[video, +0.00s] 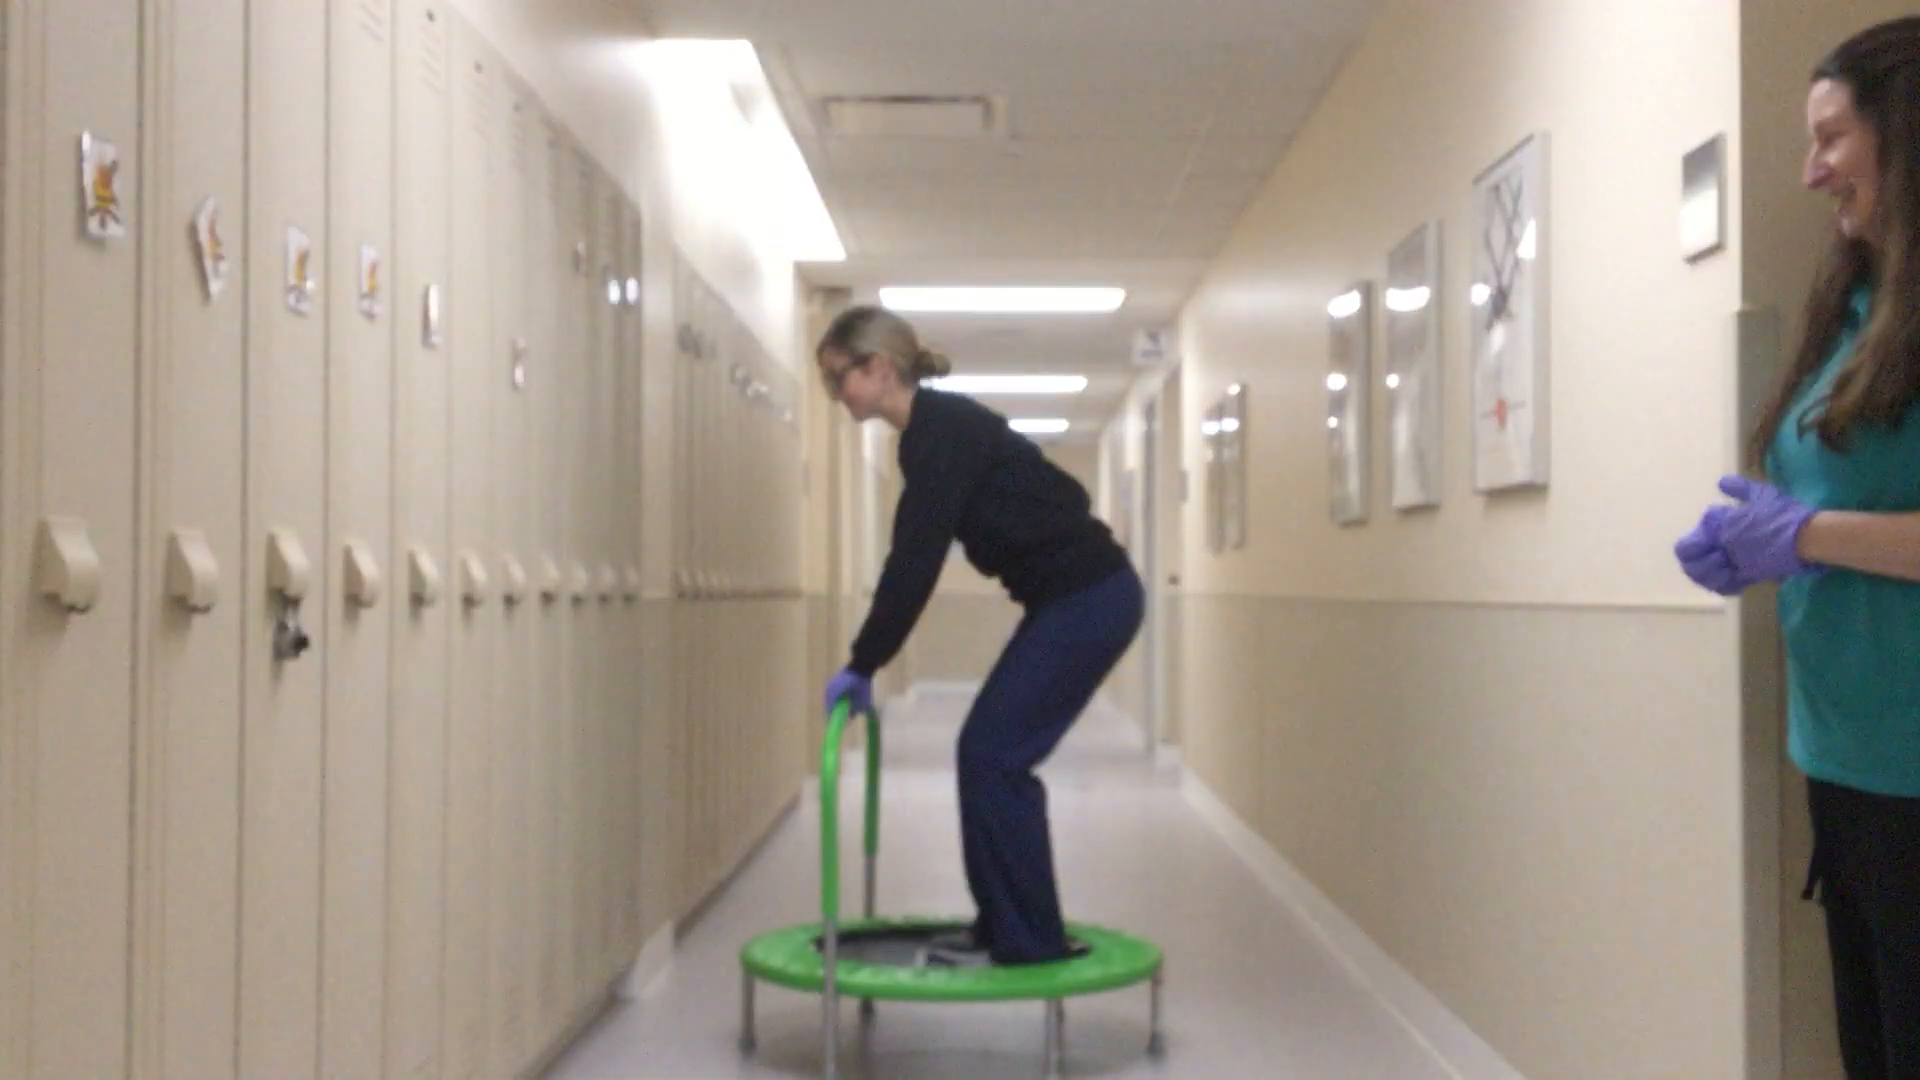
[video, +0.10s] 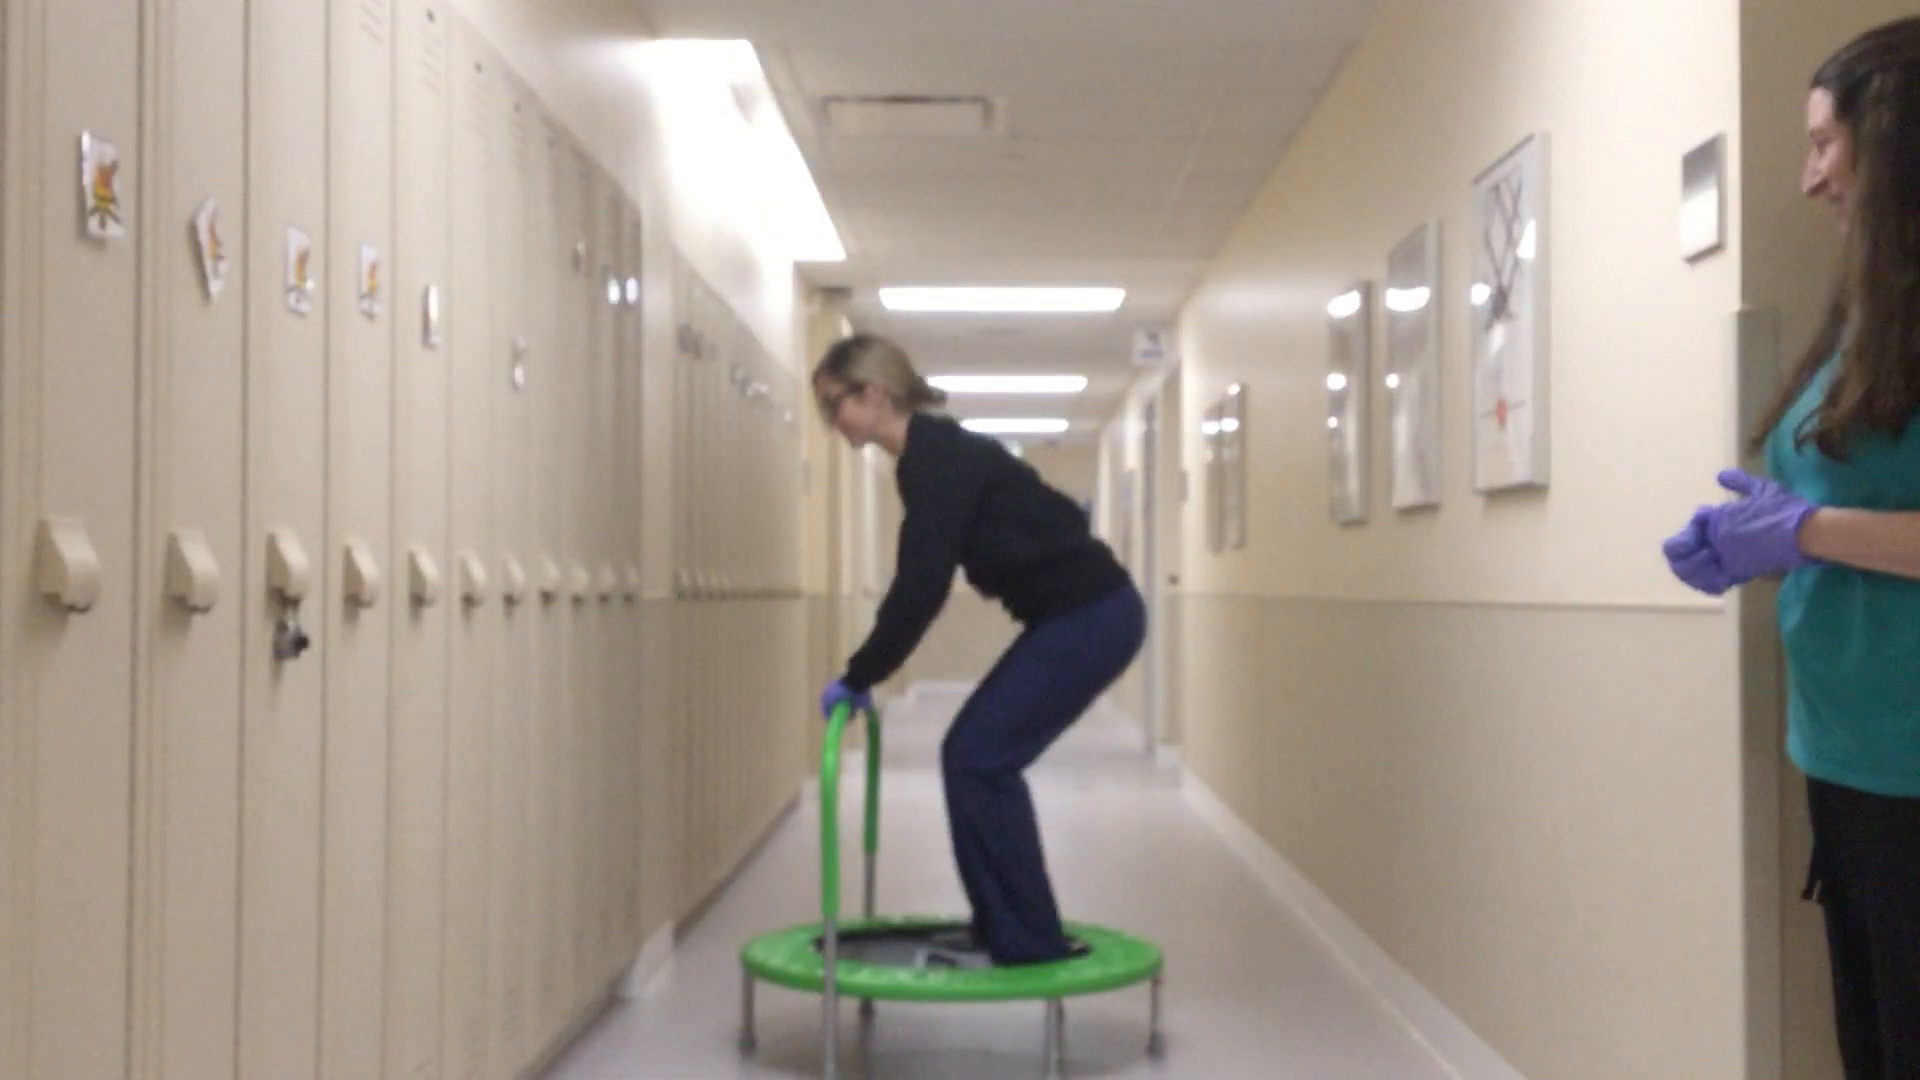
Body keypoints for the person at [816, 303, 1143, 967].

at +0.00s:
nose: (837, 394)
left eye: (841, 376)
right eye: (833, 380)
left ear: (882, 367)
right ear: (884, 371)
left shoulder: (942, 429)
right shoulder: (931, 431)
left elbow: (916, 560)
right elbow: (912, 559)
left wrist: (864, 665)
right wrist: (864, 662)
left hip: (1090, 598)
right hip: (1071, 598)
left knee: (994, 752)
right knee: (986, 749)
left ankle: (1030, 938)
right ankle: (1008, 925)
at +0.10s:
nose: (835, 424)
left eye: (836, 406)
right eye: (829, 410)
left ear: (874, 393)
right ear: (882, 396)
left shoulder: (936, 455)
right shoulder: (929, 456)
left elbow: (922, 584)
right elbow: (920, 582)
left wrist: (860, 677)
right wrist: (862, 674)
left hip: (1092, 617)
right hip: (1073, 616)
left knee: (980, 756)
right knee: (968, 753)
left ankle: (1030, 940)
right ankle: (1003, 927)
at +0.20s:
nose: (833, 458)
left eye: (835, 441)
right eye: (828, 445)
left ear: (871, 430)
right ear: (872, 431)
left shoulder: (934, 491)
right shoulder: (923, 495)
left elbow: (939, 623)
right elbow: (936, 621)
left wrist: (859, 687)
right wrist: (862, 684)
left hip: (1091, 652)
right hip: (1070, 651)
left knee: (955, 767)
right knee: (946, 762)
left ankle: (1021, 942)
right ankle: (1004, 935)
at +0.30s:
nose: (825, 491)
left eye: (830, 474)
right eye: (822, 477)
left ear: (868, 470)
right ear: (867, 472)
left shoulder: (924, 532)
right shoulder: (915, 534)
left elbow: (961, 648)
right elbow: (954, 644)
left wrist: (863, 690)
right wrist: (867, 683)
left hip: (1086, 687)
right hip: (1067, 684)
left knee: (940, 784)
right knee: (932, 778)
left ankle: (1017, 945)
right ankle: (994, 935)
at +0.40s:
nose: (812, 502)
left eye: (819, 485)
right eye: (812, 487)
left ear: (854, 486)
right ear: (857, 487)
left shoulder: (914, 543)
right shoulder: (907, 545)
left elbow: (956, 657)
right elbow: (950, 652)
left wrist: (863, 691)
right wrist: (868, 684)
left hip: (1082, 695)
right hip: (1064, 692)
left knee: (937, 791)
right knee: (929, 784)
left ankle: (1015, 946)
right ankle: (995, 938)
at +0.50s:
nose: (797, 473)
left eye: (802, 457)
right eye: (796, 459)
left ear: (838, 455)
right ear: (841, 456)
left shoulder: (899, 512)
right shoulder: (896, 511)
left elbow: (941, 626)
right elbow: (938, 624)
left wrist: (863, 690)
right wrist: (865, 684)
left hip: (1075, 659)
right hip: (1066, 656)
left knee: (947, 778)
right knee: (943, 775)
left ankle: (1013, 942)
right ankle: (993, 933)